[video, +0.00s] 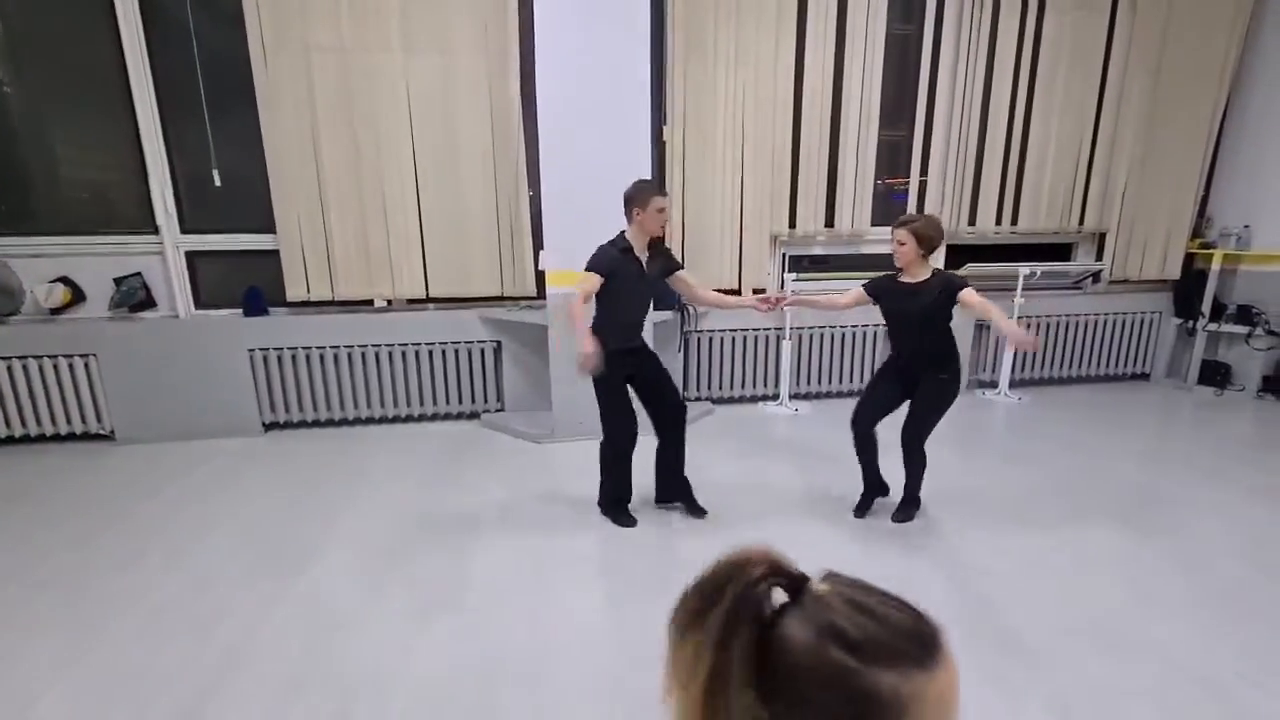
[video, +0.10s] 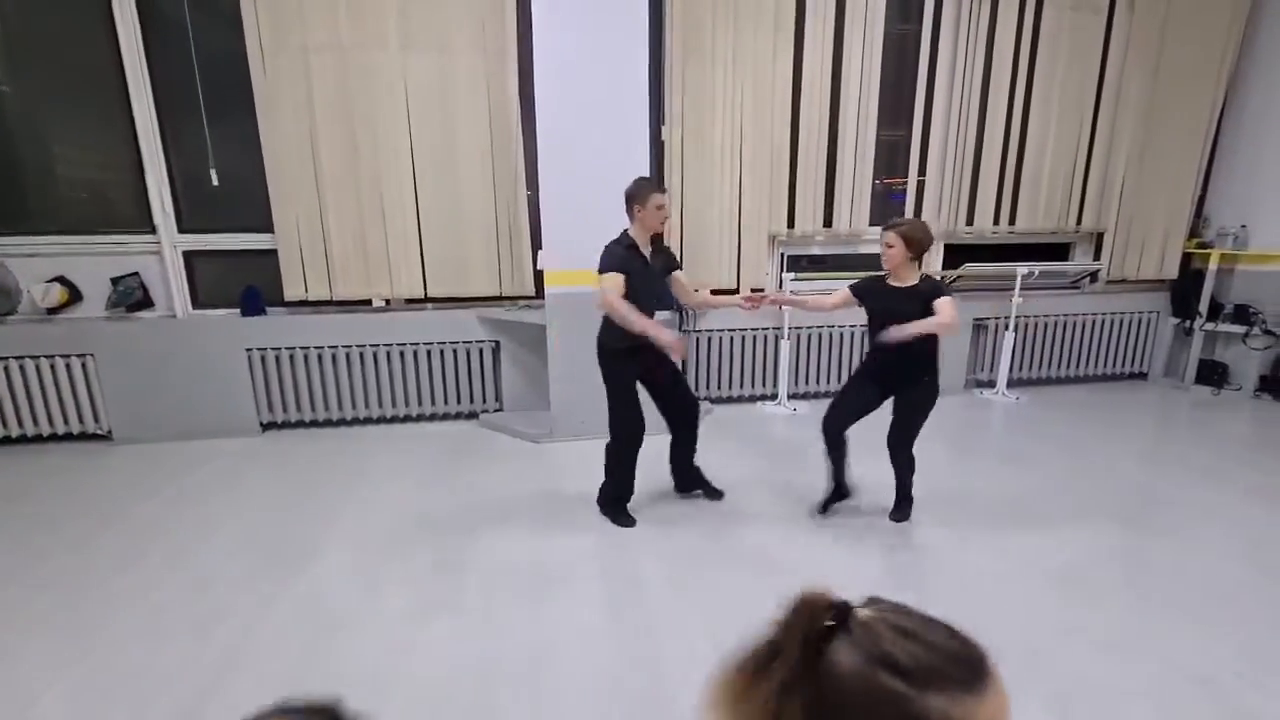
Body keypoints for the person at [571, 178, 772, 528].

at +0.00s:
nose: (666, 218)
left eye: (667, 211)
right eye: (659, 211)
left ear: (647, 214)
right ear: (636, 213)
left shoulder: (659, 255)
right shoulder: (609, 255)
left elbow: (695, 294)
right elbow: (579, 299)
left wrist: (750, 301)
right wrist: (585, 340)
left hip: (636, 350)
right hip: (605, 353)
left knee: (672, 412)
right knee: (621, 428)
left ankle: (671, 490)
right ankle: (613, 502)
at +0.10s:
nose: (666, 214)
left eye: (666, 208)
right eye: (659, 208)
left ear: (656, 211)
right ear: (636, 210)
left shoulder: (662, 254)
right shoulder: (616, 253)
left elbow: (690, 298)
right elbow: (611, 302)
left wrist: (738, 300)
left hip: (650, 348)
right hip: (617, 350)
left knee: (685, 409)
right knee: (629, 429)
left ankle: (686, 477)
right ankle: (612, 500)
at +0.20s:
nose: (674, 212)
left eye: (674, 206)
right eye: (668, 206)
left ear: (662, 209)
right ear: (646, 210)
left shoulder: (668, 249)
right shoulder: (633, 254)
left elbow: (679, 295)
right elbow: (662, 302)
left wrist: (714, 296)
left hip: (660, 347)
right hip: (632, 351)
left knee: (689, 411)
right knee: (637, 429)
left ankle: (712, 472)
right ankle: (611, 499)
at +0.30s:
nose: (689, 211)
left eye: (689, 204)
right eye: (682, 205)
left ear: (672, 208)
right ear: (662, 207)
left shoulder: (673, 245)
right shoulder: (656, 247)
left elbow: (684, 294)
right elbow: (694, 288)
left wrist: (724, 297)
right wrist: (729, 294)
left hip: (674, 344)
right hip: (648, 348)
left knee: (701, 409)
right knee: (643, 425)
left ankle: (717, 473)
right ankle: (611, 497)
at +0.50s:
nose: (705, 205)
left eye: (706, 199)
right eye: (698, 199)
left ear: (692, 202)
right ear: (678, 202)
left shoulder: (675, 235)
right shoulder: (682, 231)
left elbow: (672, 291)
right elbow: (719, 241)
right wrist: (749, 244)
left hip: (684, 338)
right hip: (662, 340)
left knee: (706, 408)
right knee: (639, 416)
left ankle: (711, 472)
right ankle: (609, 488)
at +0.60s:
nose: (700, 204)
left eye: (702, 198)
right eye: (692, 198)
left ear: (701, 199)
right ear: (674, 199)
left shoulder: (683, 234)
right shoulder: (671, 227)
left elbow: (682, 288)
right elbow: (703, 219)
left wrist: (702, 315)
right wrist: (736, 211)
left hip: (685, 336)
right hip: (662, 335)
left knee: (705, 405)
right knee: (640, 411)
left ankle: (709, 470)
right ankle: (605, 478)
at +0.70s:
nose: (693, 205)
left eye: (695, 199)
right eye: (687, 198)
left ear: (695, 200)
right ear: (670, 199)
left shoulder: (697, 233)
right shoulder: (658, 227)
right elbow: (700, 194)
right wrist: (744, 187)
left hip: (695, 332)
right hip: (659, 333)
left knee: (704, 404)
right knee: (638, 409)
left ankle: (708, 469)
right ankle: (605, 482)